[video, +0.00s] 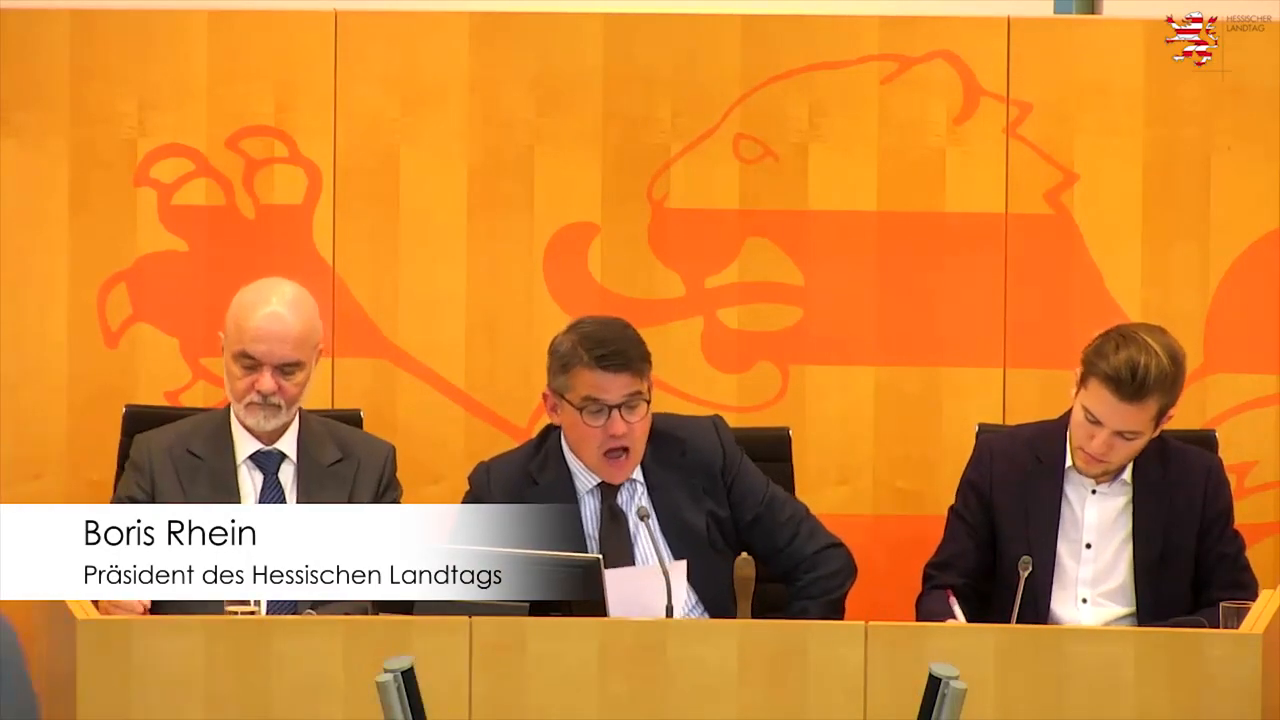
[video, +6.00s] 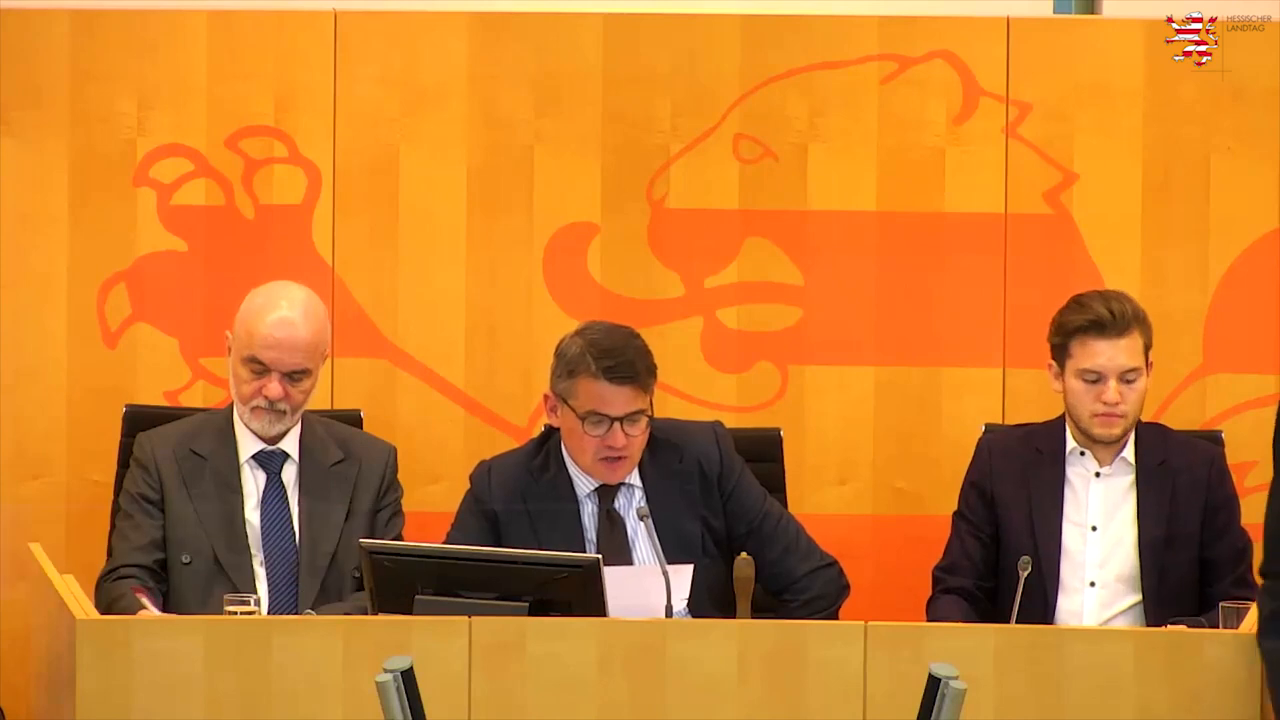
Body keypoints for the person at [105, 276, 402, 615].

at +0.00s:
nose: (266, 387)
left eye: (287, 369)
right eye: (249, 364)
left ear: (316, 358)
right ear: (223, 350)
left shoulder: (370, 463)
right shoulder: (155, 458)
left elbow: (384, 587)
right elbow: (116, 559)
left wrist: (315, 632)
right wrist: (118, 597)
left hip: (324, 666)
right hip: (190, 663)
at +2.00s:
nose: (280, 391)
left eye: (297, 370)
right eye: (258, 370)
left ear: (315, 359)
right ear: (221, 358)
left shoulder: (371, 462)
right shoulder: (154, 458)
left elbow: (393, 595)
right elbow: (112, 578)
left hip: (329, 668)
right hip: (191, 666)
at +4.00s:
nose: (285, 390)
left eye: (304, 371)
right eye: (265, 368)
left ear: (321, 362)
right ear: (226, 355)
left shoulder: (371, 463)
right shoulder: (159, 457)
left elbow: (386, 587)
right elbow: (118, 577)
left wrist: (312, 633)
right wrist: (147, 618)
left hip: (327, 664)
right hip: (197, 659)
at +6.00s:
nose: (274, 392)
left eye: (296, 376)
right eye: (257, 369)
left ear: (322, 362)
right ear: (229, 349)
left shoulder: (372, 464)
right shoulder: (160, 456)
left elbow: (391, 594)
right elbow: (125, 578)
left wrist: (315, 629)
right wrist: (146, 621)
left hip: (331, 676)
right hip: (199, 671)